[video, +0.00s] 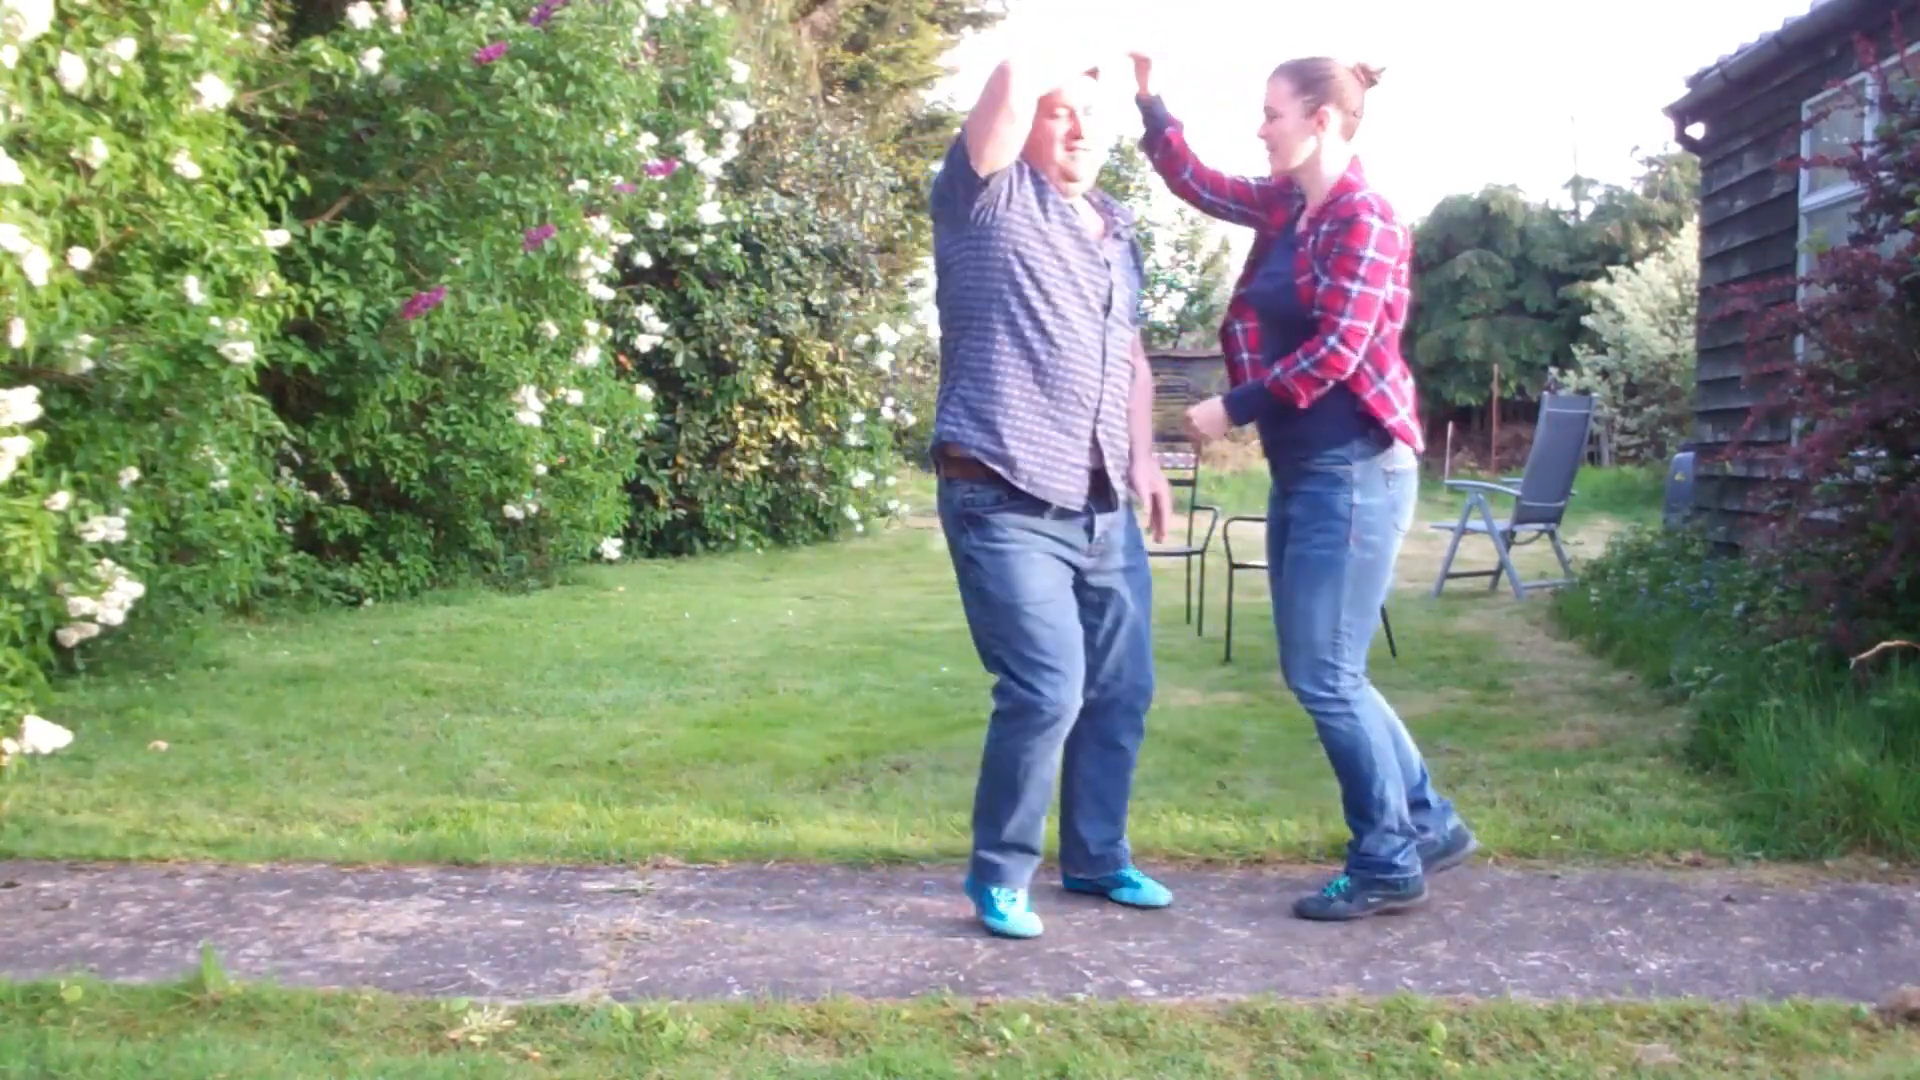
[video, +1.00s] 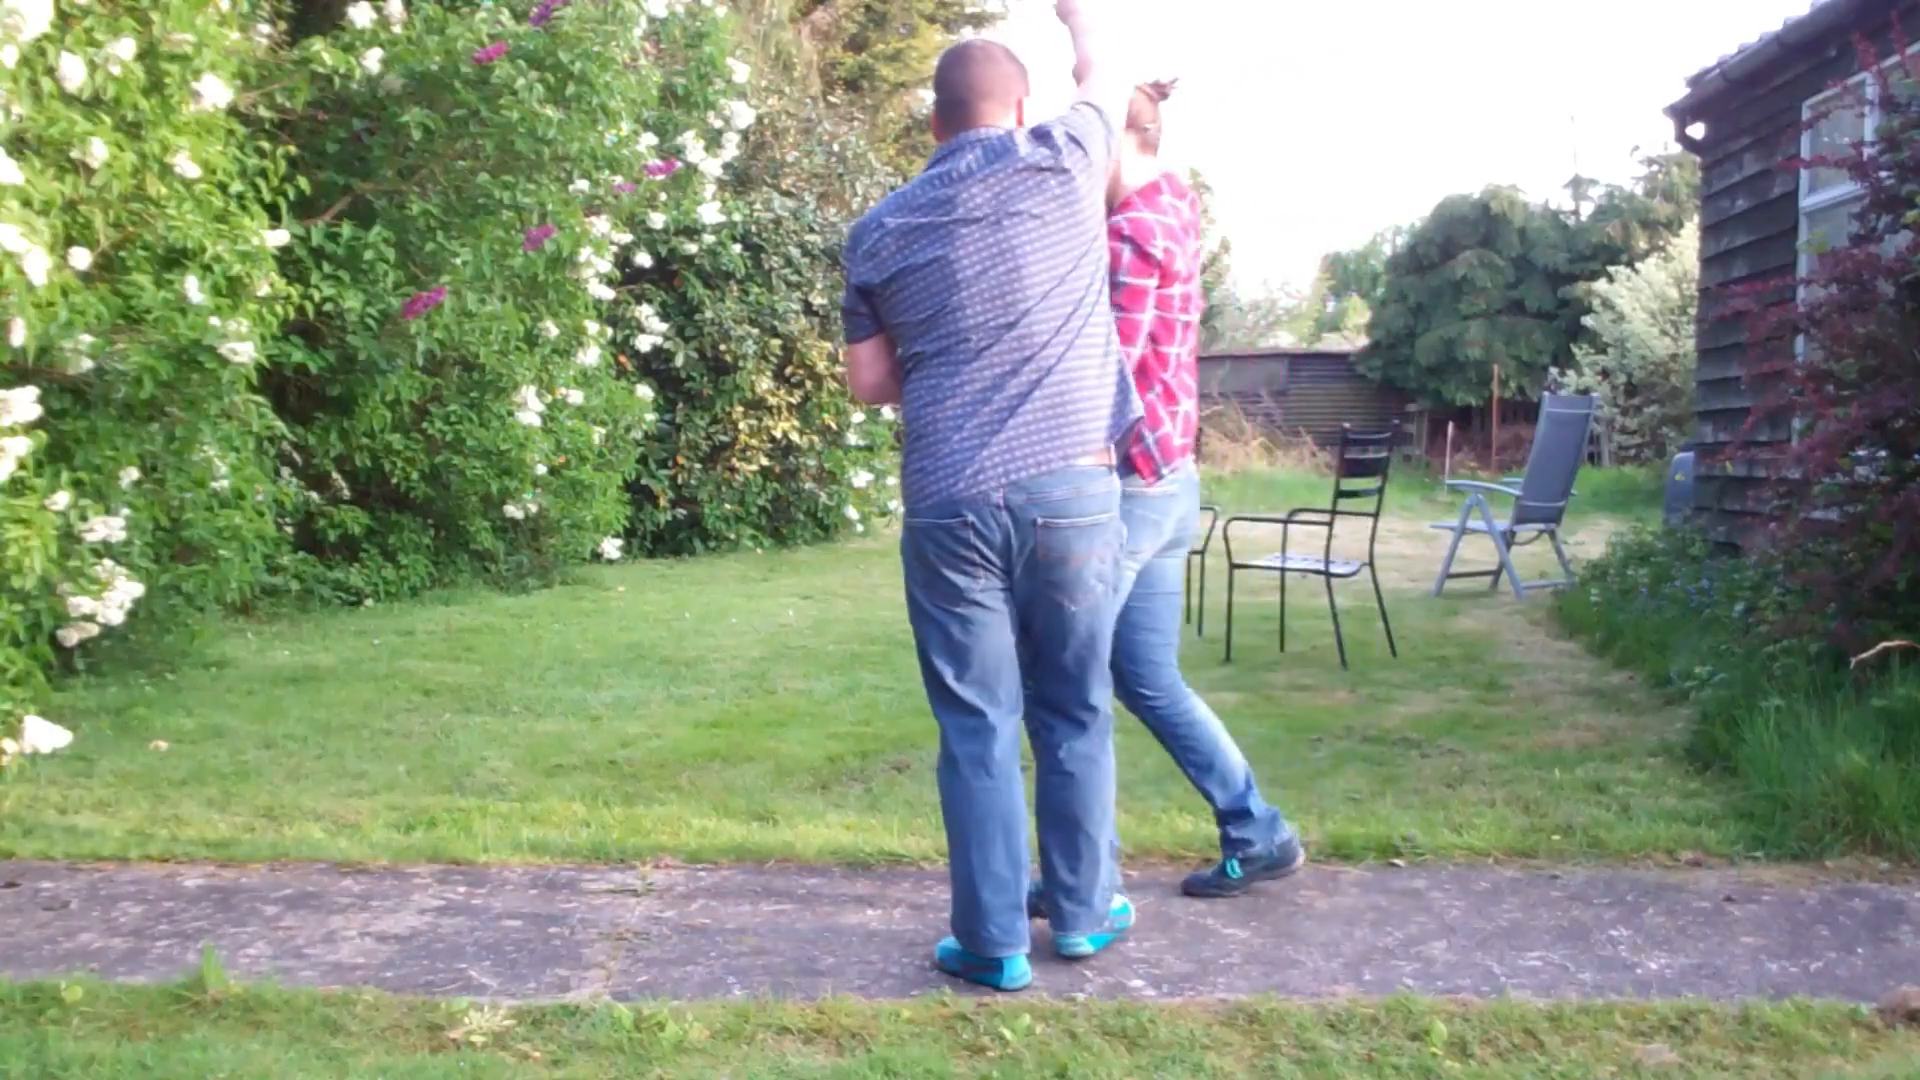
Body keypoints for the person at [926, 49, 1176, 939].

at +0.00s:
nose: (1071, 125)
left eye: (1086, 113)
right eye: (1053, 112)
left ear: (1107, 134)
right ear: (1022, 125)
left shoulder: (1112, 229)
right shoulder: (980, 196)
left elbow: (1130, 357)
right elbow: (1007, 84)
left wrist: (1143, 456)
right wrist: (1032, 63)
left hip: (1104, 507)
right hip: (1003, 499)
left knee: (1120, 689)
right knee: (1046, 687)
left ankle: (1095, 861)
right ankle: (1000, 874)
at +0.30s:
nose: (1010, 119)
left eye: (1032, 104)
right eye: (1005, 102)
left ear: (1089, 113)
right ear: (997, 106)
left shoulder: (1137, 229)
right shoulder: (980, 179)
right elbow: (914, 92)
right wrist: (996, 21)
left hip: (1079, 504)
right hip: (974, 505)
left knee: (1093, 695)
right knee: (994, 700)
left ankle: (1142, 834)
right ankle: (1061, 873)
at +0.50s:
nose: (969, 124)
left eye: (976, 106)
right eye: (974, 106)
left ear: (1006, 106)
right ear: (1056, 108)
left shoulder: (1016, 198)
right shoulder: (1085, 191)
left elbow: (950, 350)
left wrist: (902, 340)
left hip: (1027, 483)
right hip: (1074, 477)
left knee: (966, 677)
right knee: (1013, 679)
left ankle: (1064, 880)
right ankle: (1066, 873)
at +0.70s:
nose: (960, 117)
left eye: (960, 105)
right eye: (1053, 103)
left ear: (963, 111)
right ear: (1056, 107)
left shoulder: (923, 207)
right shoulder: (1102, 183)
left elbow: (879, 349)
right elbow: (1066, 298)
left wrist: (974, 365)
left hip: (988, 494)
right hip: (1095, 489)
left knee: (971, 706)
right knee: (1049, 697)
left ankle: (990, 933)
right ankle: (1054, 907)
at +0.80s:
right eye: (1045, 94)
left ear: (947, 116)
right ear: (1038, 110)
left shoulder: (897, 221)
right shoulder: (1085, 174)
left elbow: (885, 370)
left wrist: (973, 373)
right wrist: (1037, 66)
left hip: (971, 493)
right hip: (1088, 485)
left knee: (977, 717)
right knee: (1060, 705)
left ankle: (994, 941)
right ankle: (1052, 914)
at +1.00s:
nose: (1027, 110)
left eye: (1012, 99)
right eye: (1022, 99)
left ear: (933, 117)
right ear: (1017, 108)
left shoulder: (877, 229)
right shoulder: (1061, 160)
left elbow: (869, 380)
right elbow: (1092, 76)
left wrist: (950, 355)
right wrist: (1068, 15)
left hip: (948, 493)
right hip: (1073, 475)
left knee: (974, 726)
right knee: (1076, 712)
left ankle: (990, 943)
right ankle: (1082, 912)